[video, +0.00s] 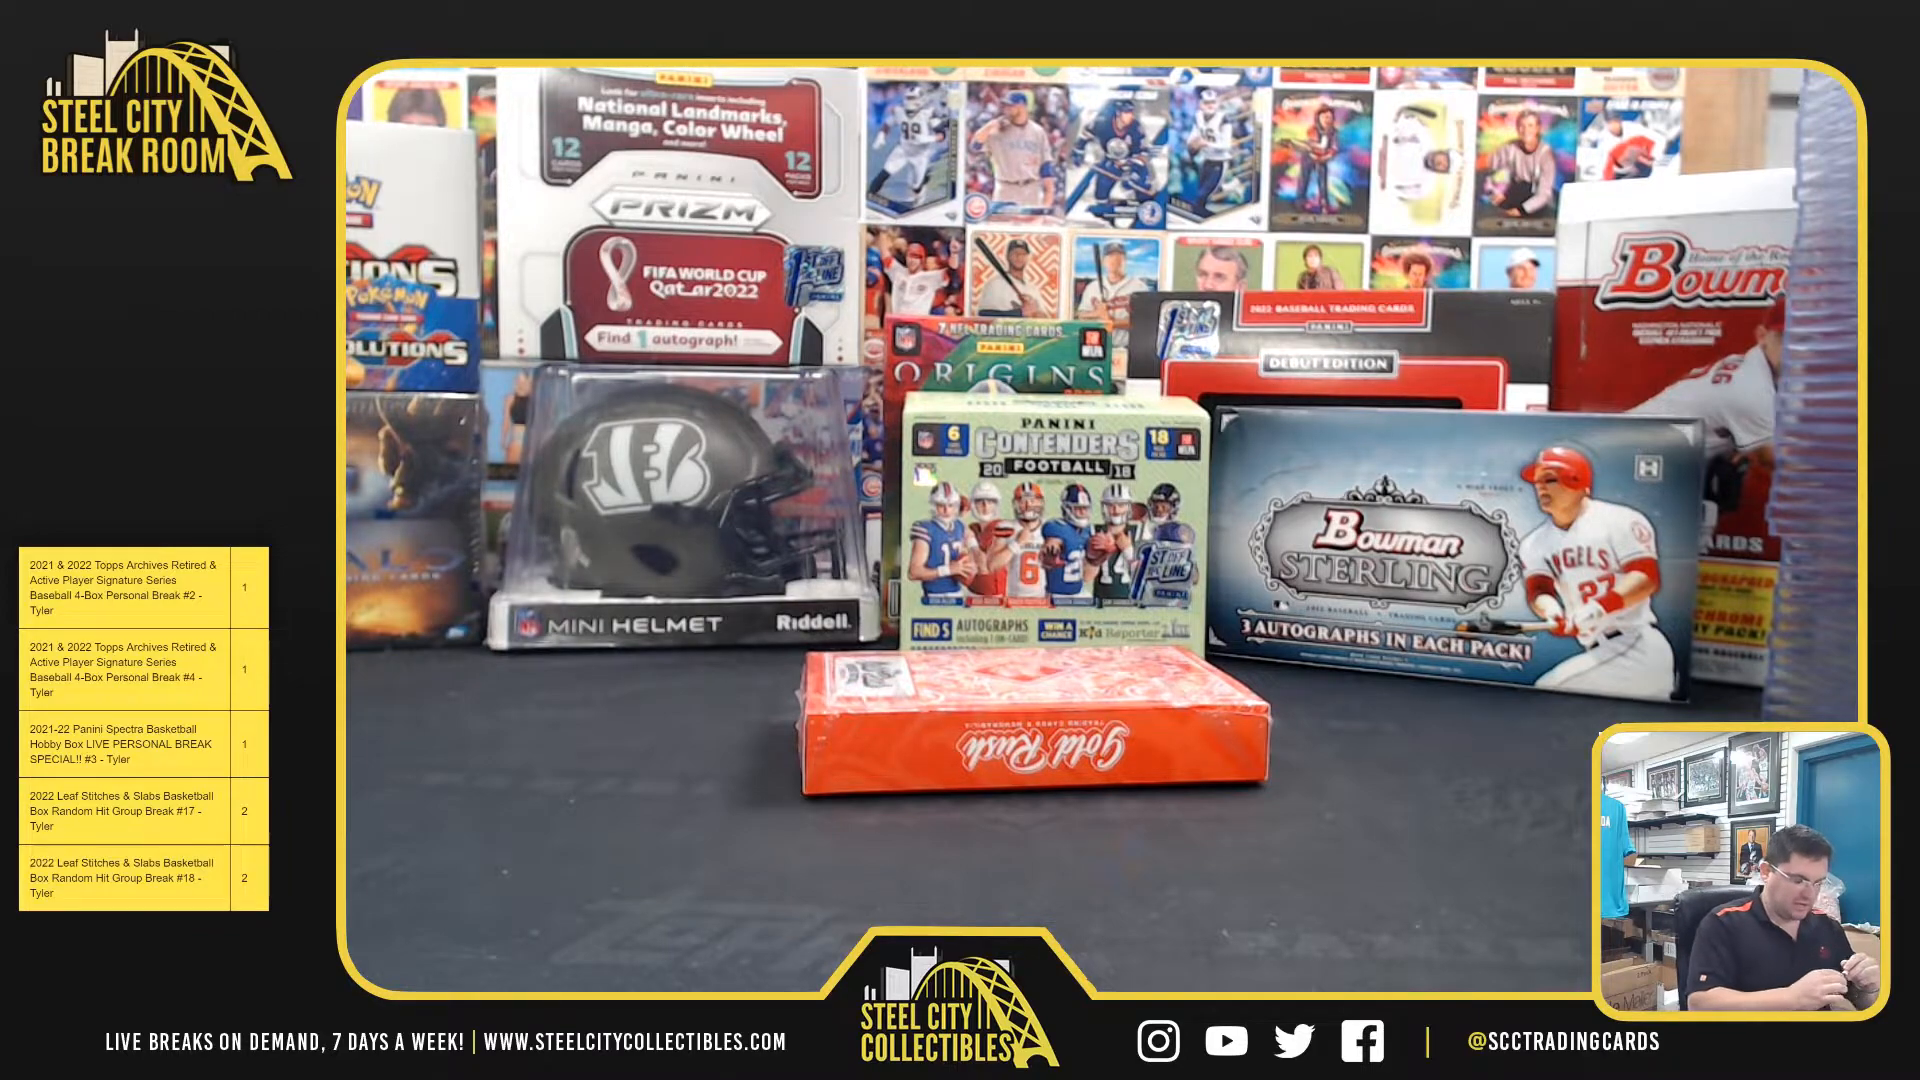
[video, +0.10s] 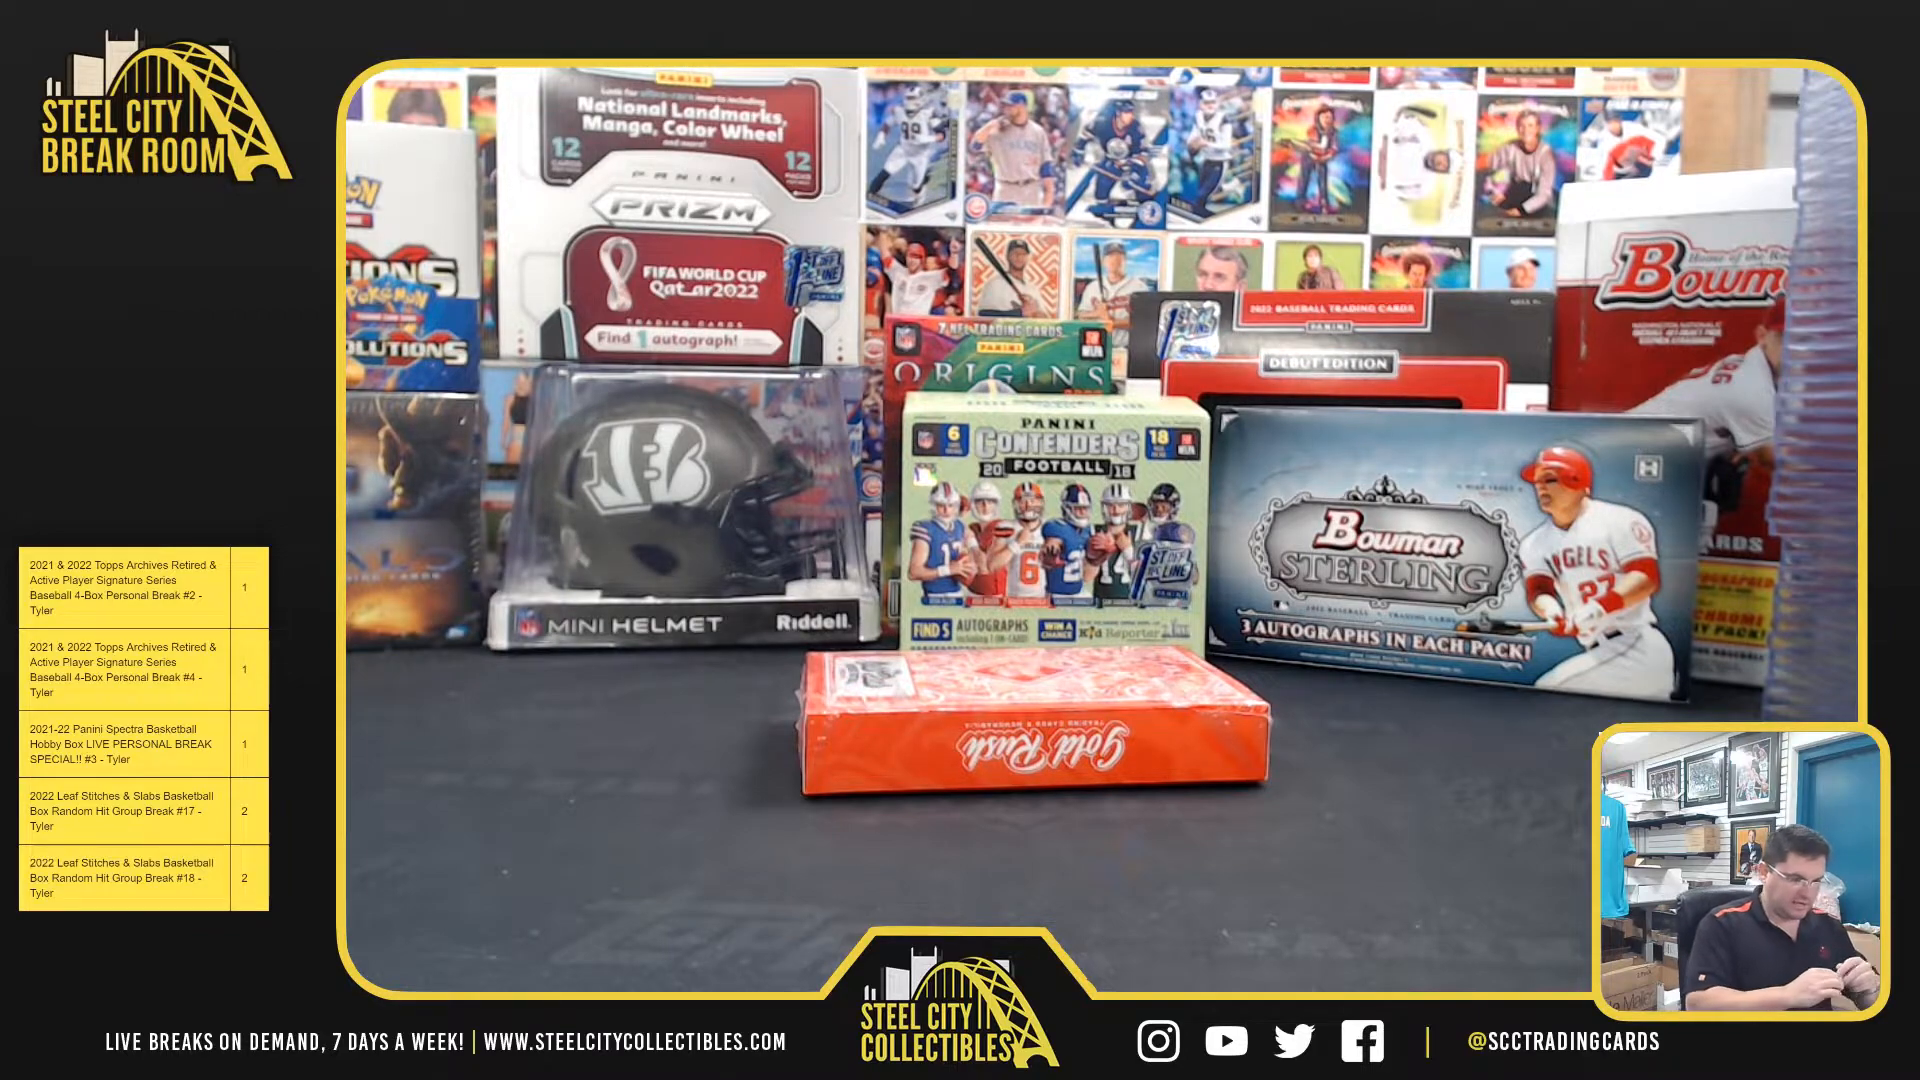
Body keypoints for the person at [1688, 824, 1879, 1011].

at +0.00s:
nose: (1809, 894)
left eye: (1818, 883)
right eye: (1798, 880)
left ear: (1823, 881)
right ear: (1766, 872)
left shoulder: (1828, 929)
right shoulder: (1721, 925)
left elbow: (1859, 1005)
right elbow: (1700, 1001)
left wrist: (1867, 987)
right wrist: (1791, 997)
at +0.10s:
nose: (1807, 893)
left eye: (1816, 881)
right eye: (1795, 879)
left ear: (1822, 880)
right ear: (1764, 873)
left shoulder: (1828, 928)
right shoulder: (1720, 925)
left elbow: (1869, 1006)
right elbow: (1698, 1002)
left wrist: (1868, 987)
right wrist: (1787, 995)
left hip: (1819, 1048)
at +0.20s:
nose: (1806, 894)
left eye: (1815, 882)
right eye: (1793, 880)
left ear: (1821, 879)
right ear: (1762, 874)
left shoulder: (1830, 927)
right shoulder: (1720, 926)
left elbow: (1875, 1001)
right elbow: (1696, 1001)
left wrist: (1871, 986)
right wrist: (1784, 995)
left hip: (1821, 1048)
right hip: (1743, 1050)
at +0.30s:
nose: (1806, 896)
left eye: (1814, 884)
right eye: (1793, 882)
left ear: (1821, 880)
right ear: (1761, 875)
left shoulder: (1830, 927)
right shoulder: (1718, 930)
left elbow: (1866, 976)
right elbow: (1688, 1004)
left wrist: (1880, 990)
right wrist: (1771, 995)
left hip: (1823, 1049)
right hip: (1742, 1052)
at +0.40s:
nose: (1810, 901)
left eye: (1817, 888)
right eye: (1795, 888)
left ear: (1823, 881)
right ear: (1761, 879)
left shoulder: (1831, 930)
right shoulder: (1715, 938)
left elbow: (1864, 975)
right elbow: (1677, 1010)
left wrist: (1887, 992)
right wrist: (1752, 1000)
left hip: (1822, 1056)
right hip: (1739, 1060)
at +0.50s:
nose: (1816, 909)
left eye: (1824, 894)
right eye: (1801, 895)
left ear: (1829, 886)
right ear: (1763, 885)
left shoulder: (1833, 931)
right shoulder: (1717, 947)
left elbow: (1865, 971)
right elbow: (1680, 1019)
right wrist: (1750, 1011)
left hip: (1824, 1059)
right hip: (1746, 1064)